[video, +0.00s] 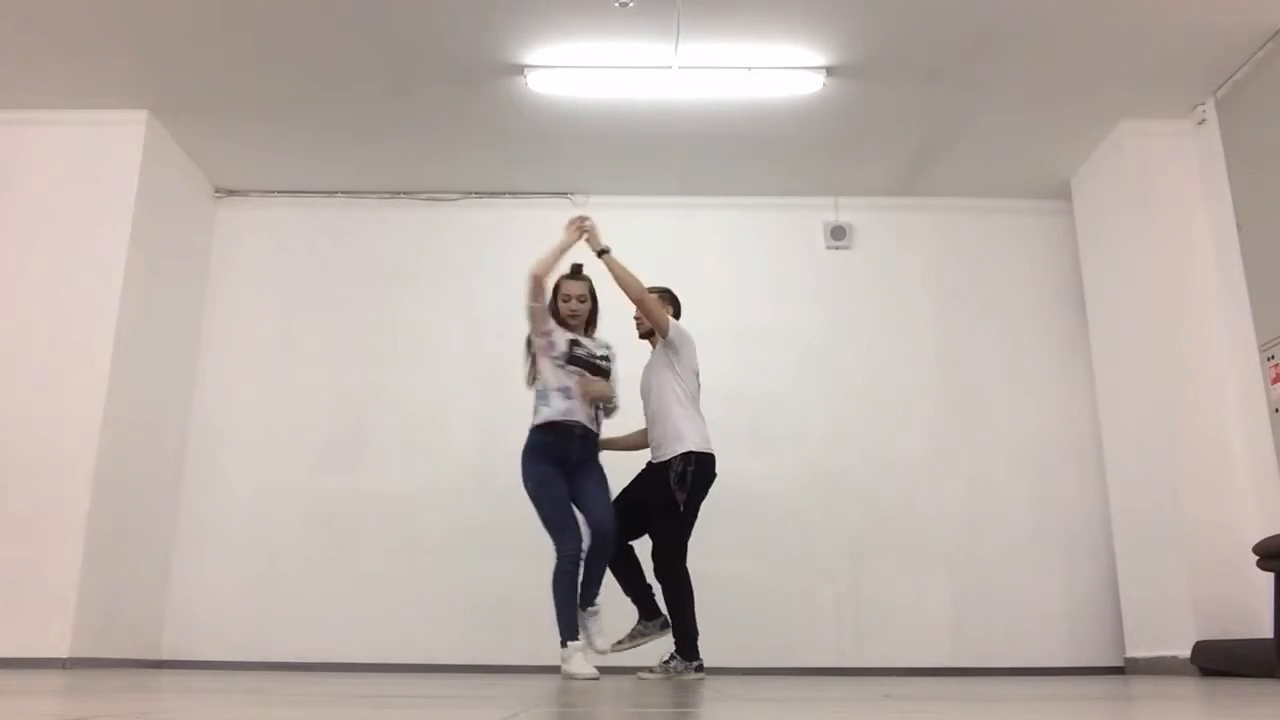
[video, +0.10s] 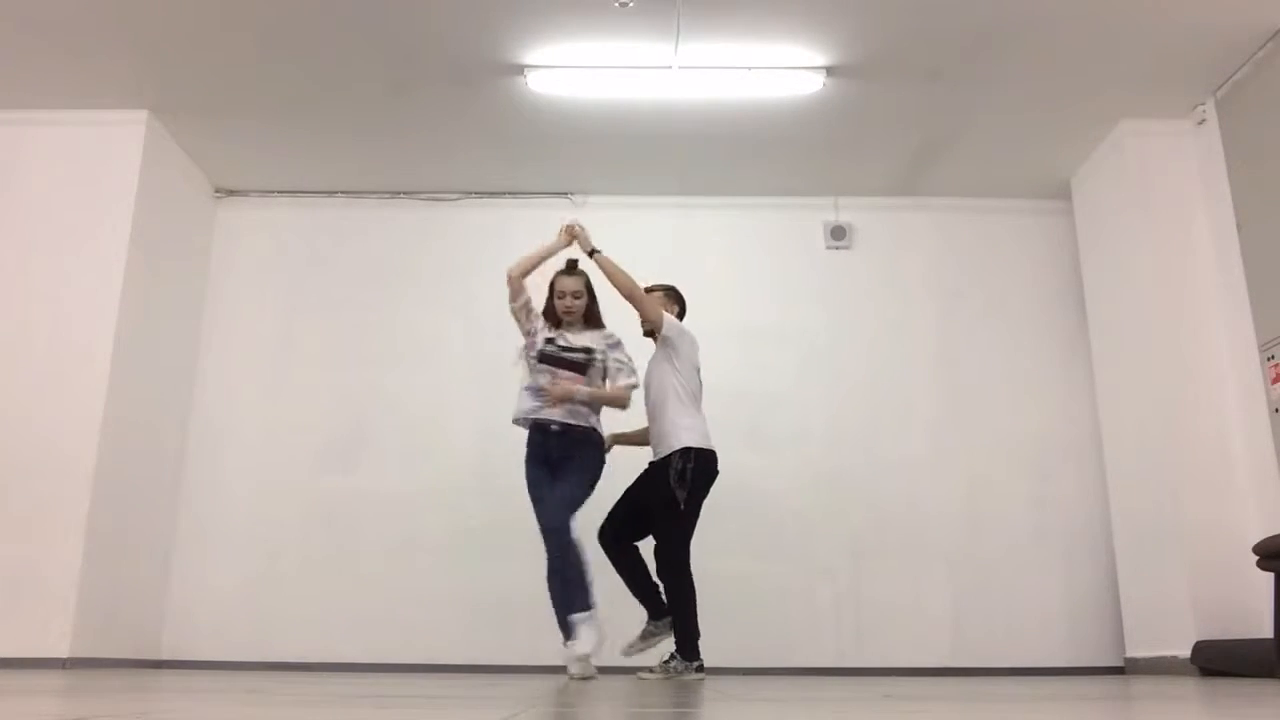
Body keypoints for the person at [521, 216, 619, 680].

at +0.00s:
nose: (574, 305)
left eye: (582, 299)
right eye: (567, 299)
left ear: (592, 305)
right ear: (555, 303)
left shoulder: (603, 351)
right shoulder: (546, 338)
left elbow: (610, 407)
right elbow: (536, 280)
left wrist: (600, 392)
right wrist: (567, 241)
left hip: (585, 457)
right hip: (543, 453)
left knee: (607, 532)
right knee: (568, 544)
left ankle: (586, 607)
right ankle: (570, 648)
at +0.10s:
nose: (567, 302)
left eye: (576, 295)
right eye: (561, 295)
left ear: (588, 298)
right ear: (552, 297)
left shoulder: (606, 341)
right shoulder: (536, 332)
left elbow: (623, 397)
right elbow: (513, 278)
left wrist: (576, 390)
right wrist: (557, 244)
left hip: (583, 445)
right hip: (540, 443)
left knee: (554, 519)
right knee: (552, 535)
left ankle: (583, 613)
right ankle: (571, 637)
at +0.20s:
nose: (563, 298)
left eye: (572, 290)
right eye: (557, 291)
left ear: (584, 295)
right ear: (548, 295)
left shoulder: (590, 334)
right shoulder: (542, 329)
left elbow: (592, 383)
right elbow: (519, 290)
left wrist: (548, 386)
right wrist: (556, 264)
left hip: (576, 445)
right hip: (550, 444)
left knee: (531, 533)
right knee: (555, 552)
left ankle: (538, 643)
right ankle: (599, 647)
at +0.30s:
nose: (548, 293)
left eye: (557, 287)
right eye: (544, 288)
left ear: (575, 292)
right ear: (545, 292)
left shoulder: (553, 327)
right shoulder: (577, 328)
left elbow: (525, 381)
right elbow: (577, 294)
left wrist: (535, 373)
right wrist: (593, 268)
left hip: (552, 450)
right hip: (576, 451)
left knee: (515, 543)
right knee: (545, 551)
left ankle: (526, 650)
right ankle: (593, 643)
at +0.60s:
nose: (589, 290)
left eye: (582, 285)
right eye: (586, 285)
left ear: (539, 291)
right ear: (582, 291)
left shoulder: (523, 323)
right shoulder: (589, 319)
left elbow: (512, 384)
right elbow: (635, 288)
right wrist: (622, 236)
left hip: (513, 442)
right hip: (558, 443)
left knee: (518, 548)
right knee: (593, 547)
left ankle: (511, 652)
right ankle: (551, 643)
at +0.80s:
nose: (583, 287)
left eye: (590, 281)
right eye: (576, 279)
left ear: (595, 288)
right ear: (558, 282)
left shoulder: (592, 332)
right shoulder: (543, 318)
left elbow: (604, 397)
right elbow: (545, 262)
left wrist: (587, 380)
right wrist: (571, 237)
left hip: (568, 447)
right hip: (538, 444)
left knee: (610, 529)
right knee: (568, 542)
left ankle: (528, 564)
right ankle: (543, 648)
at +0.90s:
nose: (584, 284)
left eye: (591, 278)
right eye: (576, 276)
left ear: (597, 282)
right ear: (558, 277)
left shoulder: (610, 328)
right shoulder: (536, 315)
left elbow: (620, 390)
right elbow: (514, 257)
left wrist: (571, 371)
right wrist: (557, 245)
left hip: (586, 434)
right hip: (539, 434)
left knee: (594, 503)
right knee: (557, 538)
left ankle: (564, 528)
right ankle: (548, 648)